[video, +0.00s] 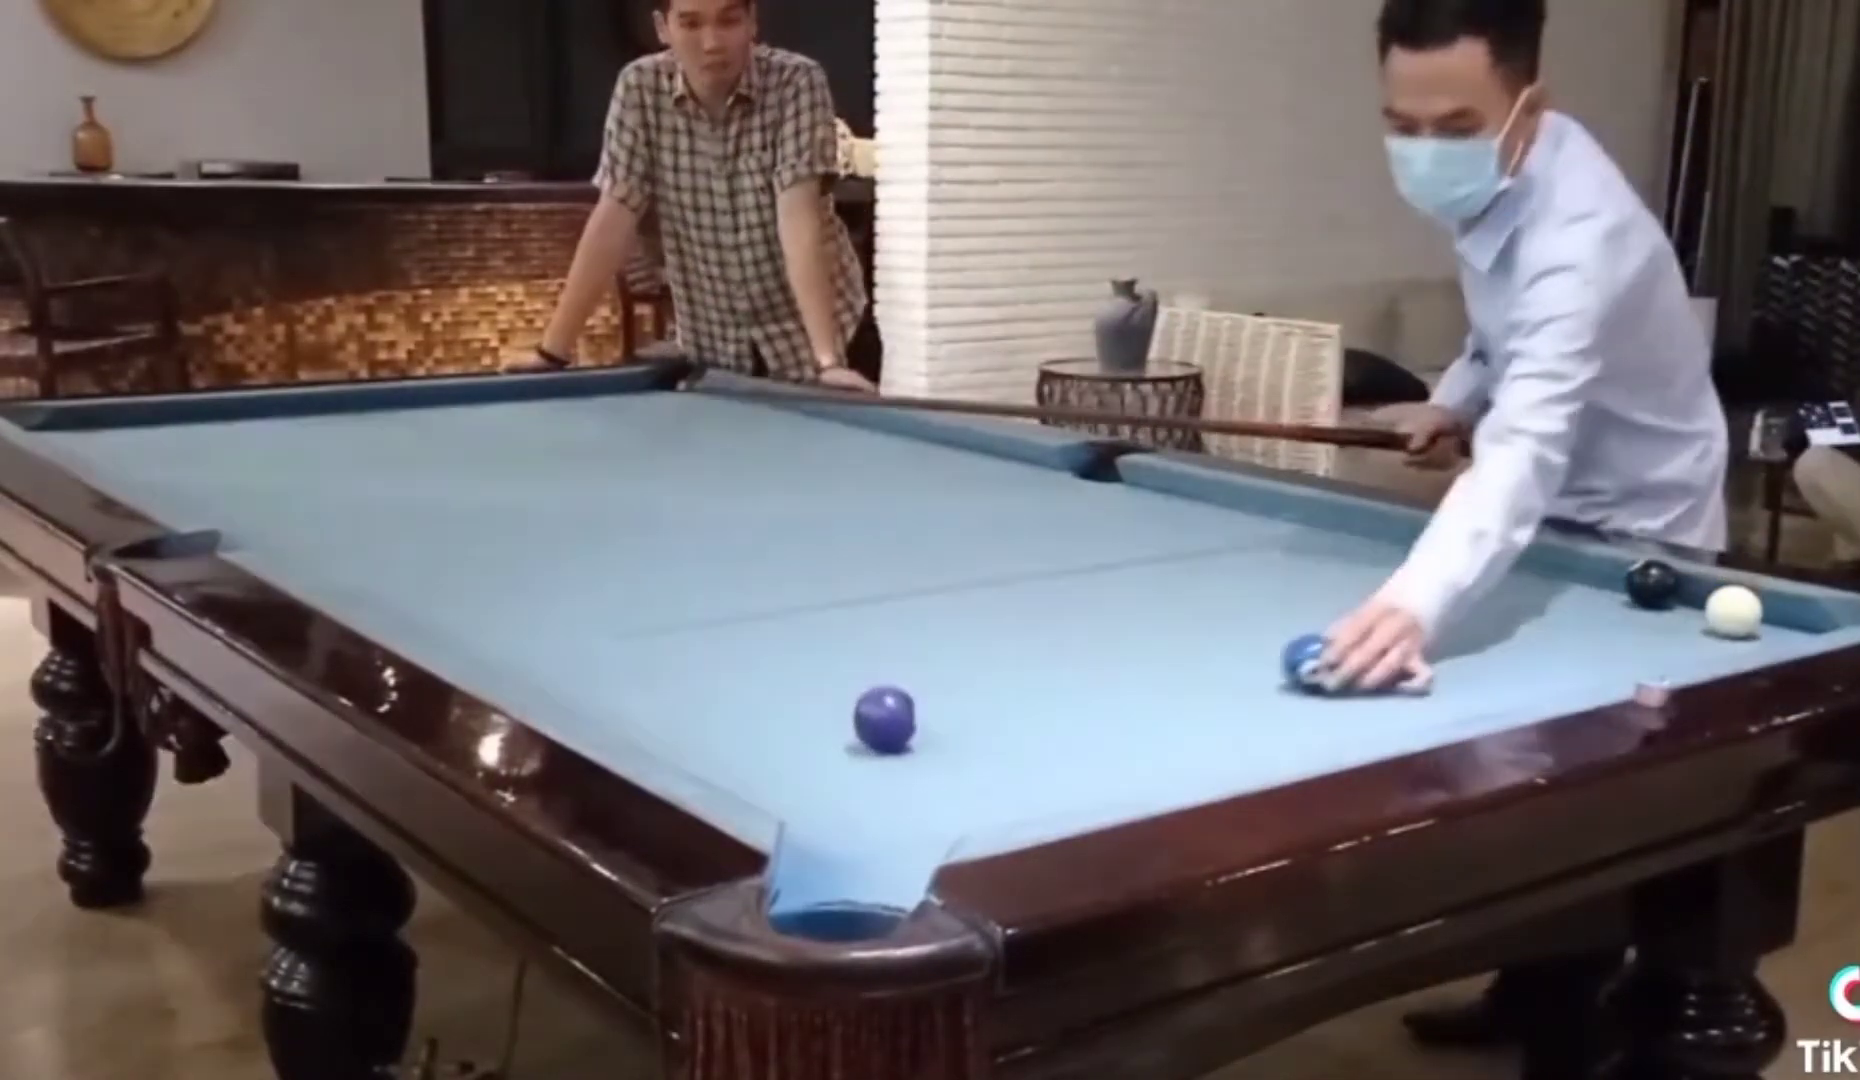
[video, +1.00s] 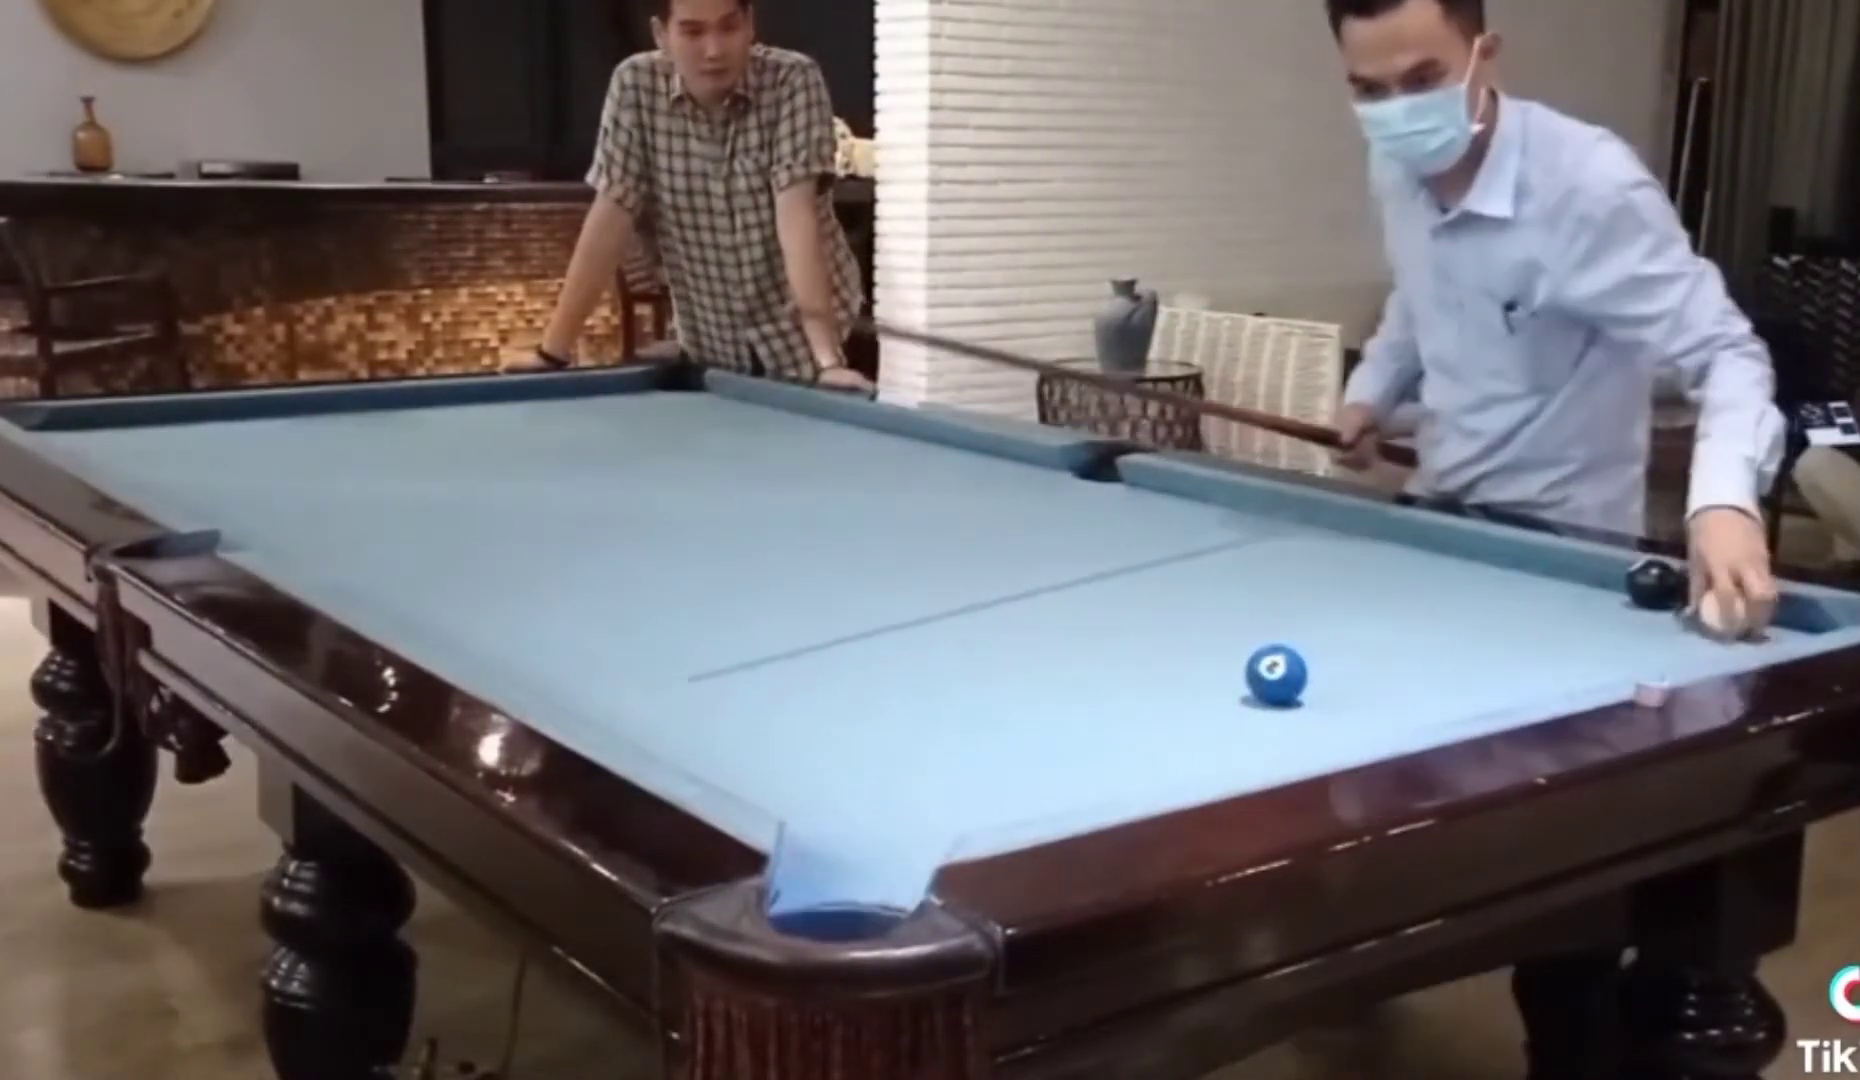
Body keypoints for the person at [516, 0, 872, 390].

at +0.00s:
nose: (711, 41)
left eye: (728, 21)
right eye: (691, 23)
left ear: (753, 24)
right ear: (663, 28)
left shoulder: (795, 82)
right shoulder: (641, 88)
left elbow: (800, 218)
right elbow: (614, 217)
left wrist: (830, 361)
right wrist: (551, 353)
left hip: (819, 345)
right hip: (710, 347)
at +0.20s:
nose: (711, 44)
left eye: (728, 23)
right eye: (691, 25)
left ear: (754, 24)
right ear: (662, 28)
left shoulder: (794, 80)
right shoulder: (640, 86)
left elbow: (799, 217)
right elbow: (614, 215)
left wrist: (828, 359)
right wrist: (553, 351)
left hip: (815, 347)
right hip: (710, 348)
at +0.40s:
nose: (708, 46)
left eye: (726, 24)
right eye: (689, 27)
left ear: (752, 25)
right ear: (661, 30)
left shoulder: (793, 80)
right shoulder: (637, 85)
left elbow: (798, 216)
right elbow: (612, 215)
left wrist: (828, 360)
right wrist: (553, 351)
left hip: (820, 349)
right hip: (711, 352)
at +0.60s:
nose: (707, 47)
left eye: (724, 26)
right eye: (687, 28)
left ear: (751, 24)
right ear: (660, 32)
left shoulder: (792, 80)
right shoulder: (637, 85)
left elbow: (798, 216)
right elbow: (612, 214)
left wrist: (828, 360)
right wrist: (553, 351)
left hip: (820, 349)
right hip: (712, 351)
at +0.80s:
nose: (708, 49)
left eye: (725, 27)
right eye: (688, 30)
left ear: (750, 25)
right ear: (660, 33)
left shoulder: (791, 80)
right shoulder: (636, 85)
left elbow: (798, 214)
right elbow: (612, 213)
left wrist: (828, 359)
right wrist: (553, 351)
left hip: (821, 348)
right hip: (711, 351)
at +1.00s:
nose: (713, 50)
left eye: (729, 28)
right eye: (693, 31)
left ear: (751, 27)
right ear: (662, 35)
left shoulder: (792, 79)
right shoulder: (636, 84)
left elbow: (798, 212)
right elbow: (611, 212)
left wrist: (829, 360)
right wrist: (552, 352)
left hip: (804, 348)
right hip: (706, 347)